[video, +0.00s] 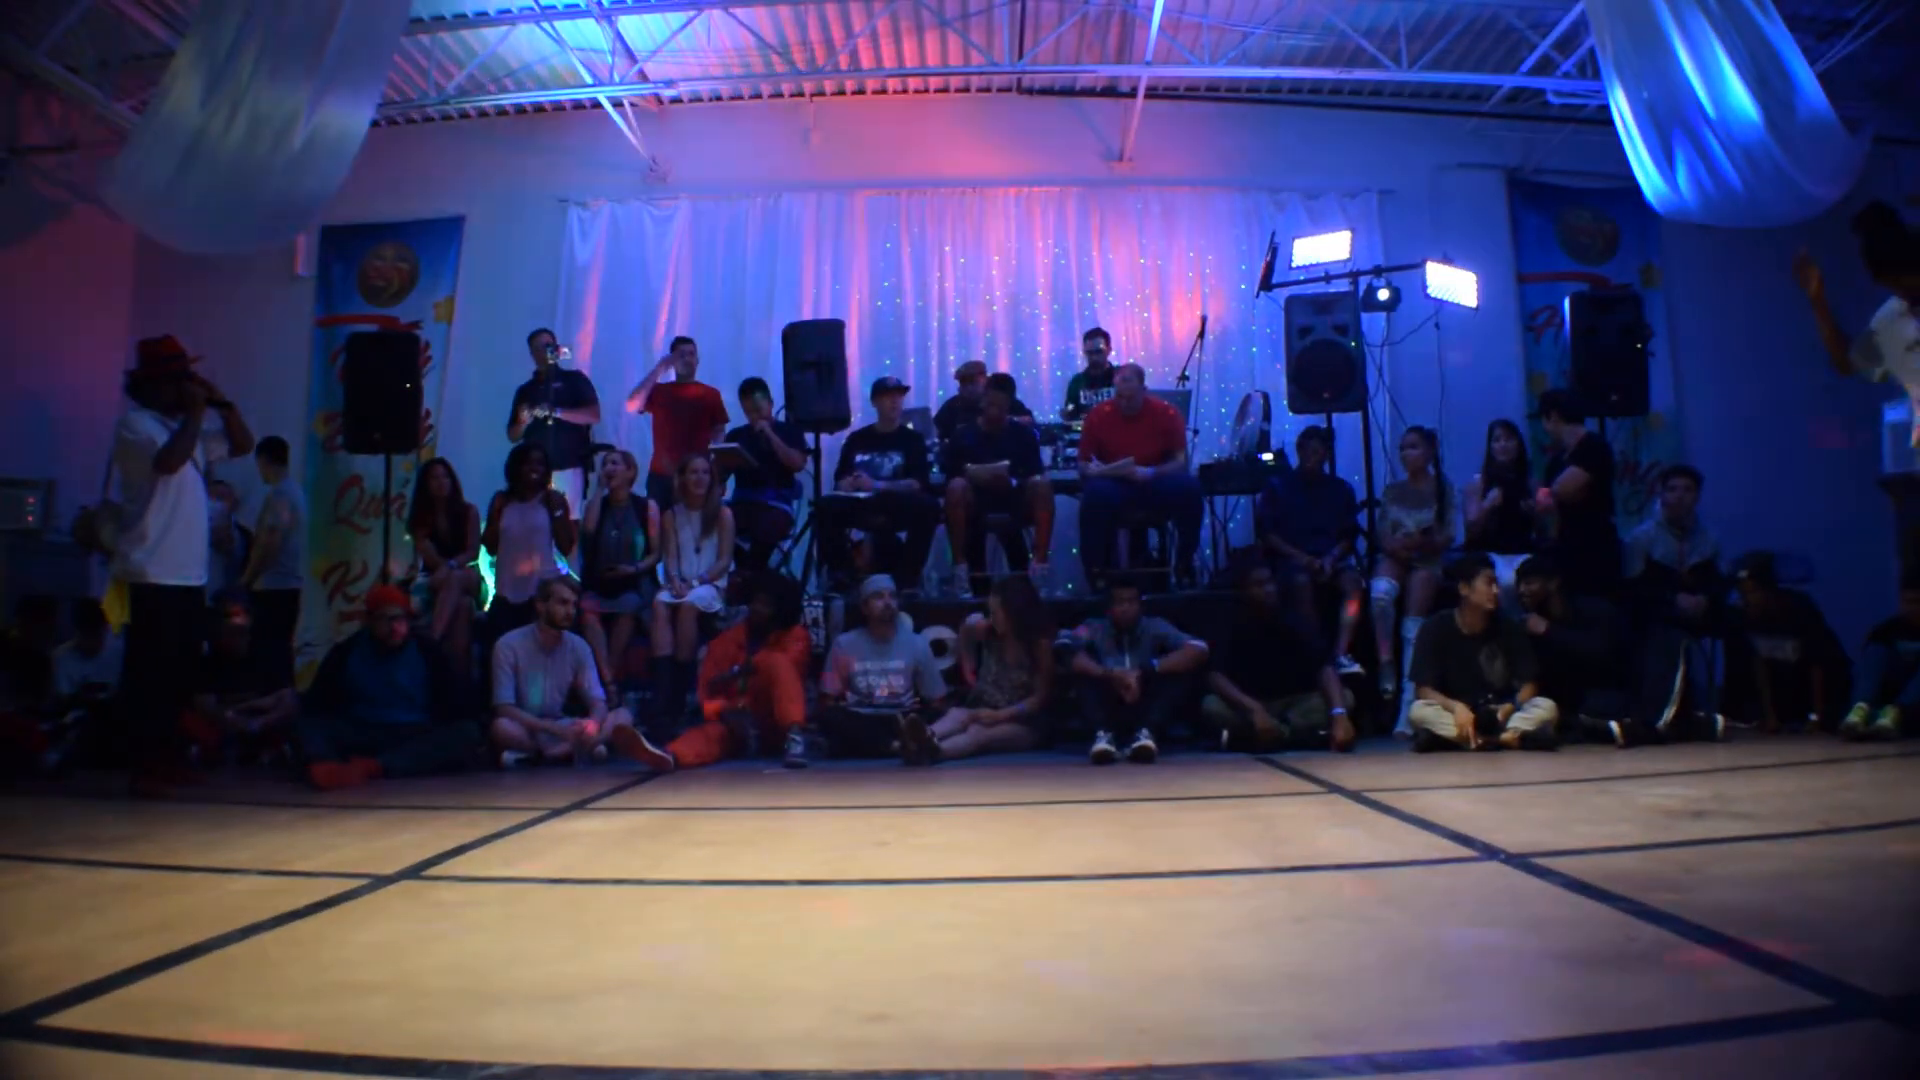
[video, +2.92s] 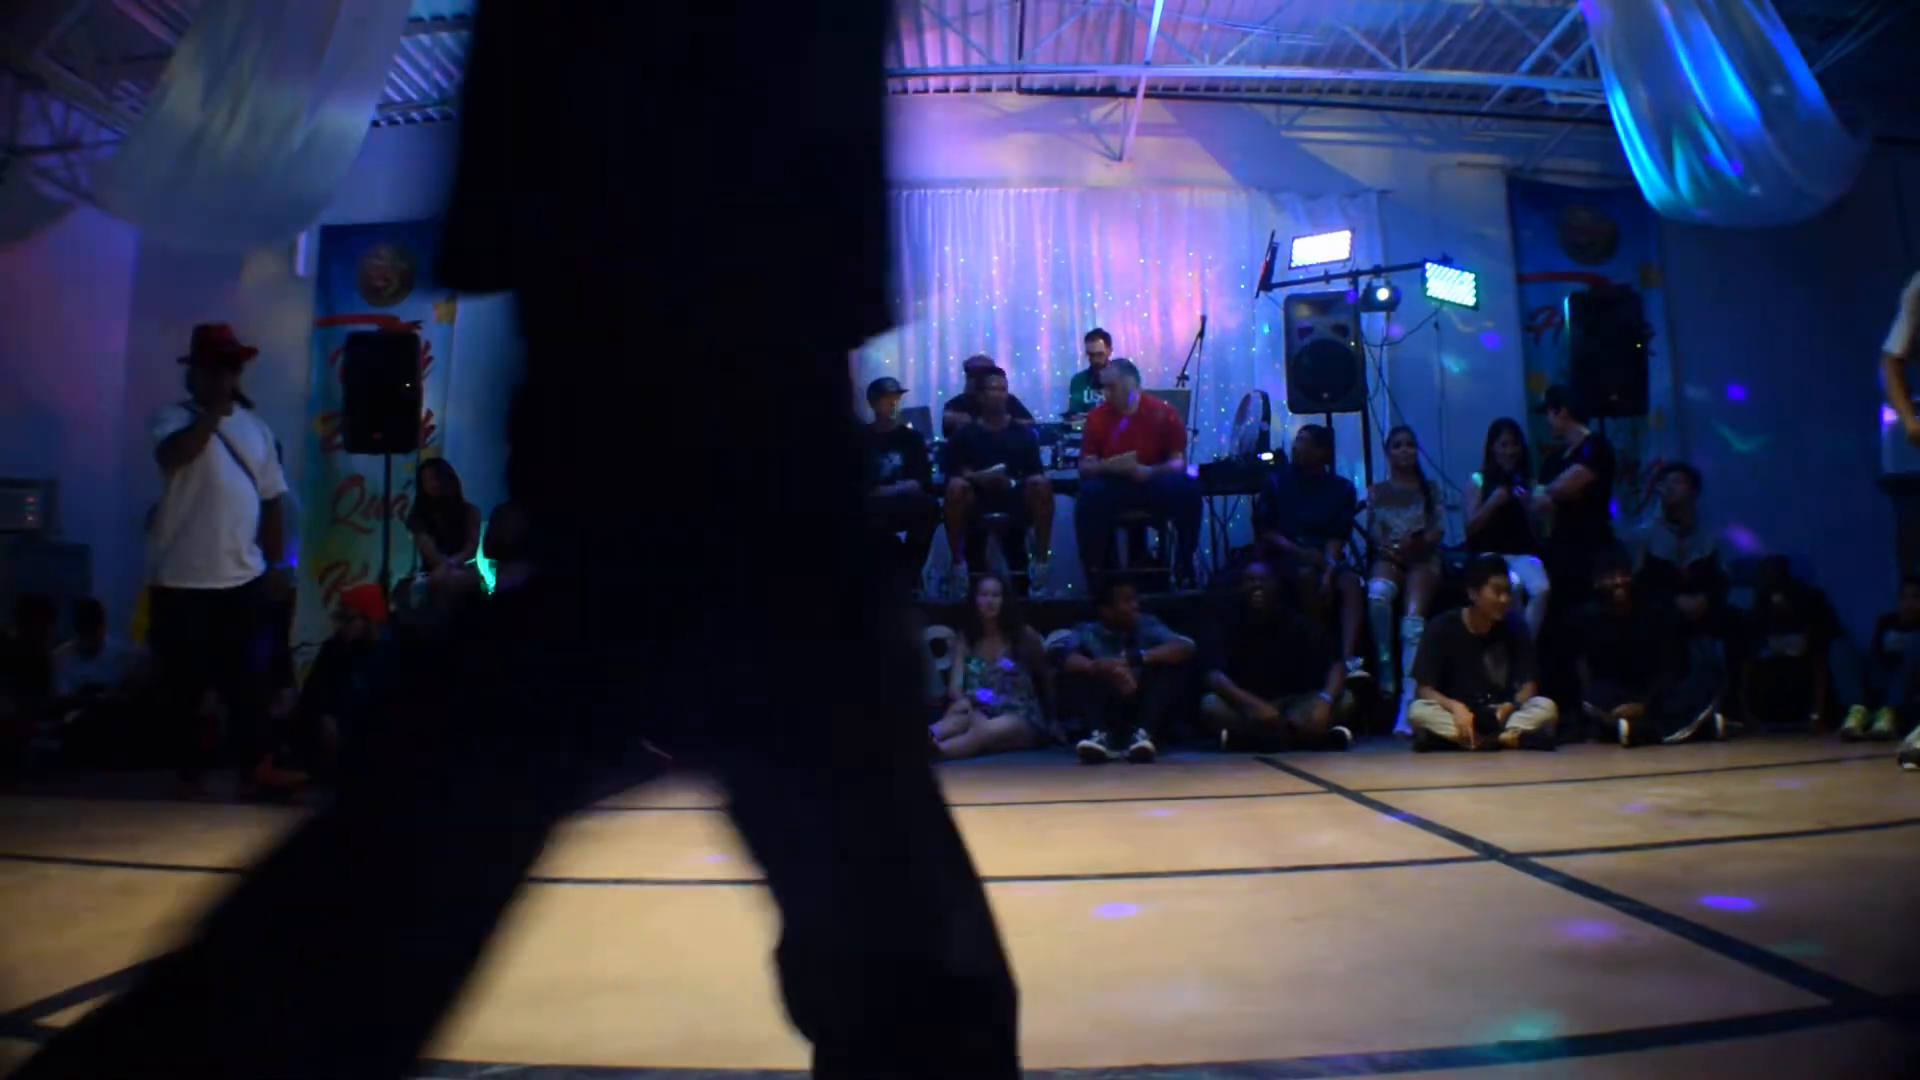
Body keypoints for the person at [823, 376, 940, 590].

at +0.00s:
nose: (895, 403)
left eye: (898, 397)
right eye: (889, 397)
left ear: (903, 401)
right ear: (875, 402)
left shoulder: (913, 439)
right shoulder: (857, 439)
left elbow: (919, 483)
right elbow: (840, 482)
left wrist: (875, 485)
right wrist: (851, 484)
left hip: (897, 501)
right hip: (861, 502)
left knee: (927, 508)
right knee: (825, 507)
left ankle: (908, 580)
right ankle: (840, 578)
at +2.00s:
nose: (901, 408)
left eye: (901, 402)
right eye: (894, 403)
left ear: (903, 404)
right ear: (878, 405)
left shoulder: (913, 439)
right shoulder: (856, 438)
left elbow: (919, 483)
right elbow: (838, 481)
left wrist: (876, 486)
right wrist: (848, 485)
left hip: (898, 502)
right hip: (860, 503)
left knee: (927, 508)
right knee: (827, 507)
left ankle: (909, 577)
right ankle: (838, 576)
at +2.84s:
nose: (893, 405)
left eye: (896, 399)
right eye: (887, 399)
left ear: (900, 402)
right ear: (874, 404)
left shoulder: (912, 438)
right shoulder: (856, 439)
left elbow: (922, 481)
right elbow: (842, 479)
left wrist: (893, 490)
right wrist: (845, 486)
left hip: (899, 503)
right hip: (862, 503)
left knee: (927, 507)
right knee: (829, 507)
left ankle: (909, 576)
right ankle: (838, 574)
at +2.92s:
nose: (893, 404)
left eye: (895, 399)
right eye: (886, 399)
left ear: (899, 401)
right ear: (873, 403)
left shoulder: (912, 437)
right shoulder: (861, 438)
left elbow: (921, 481)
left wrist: (890, 490)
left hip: (907, 502)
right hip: (872, 506)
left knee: (928, 510)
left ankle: (912, 575)